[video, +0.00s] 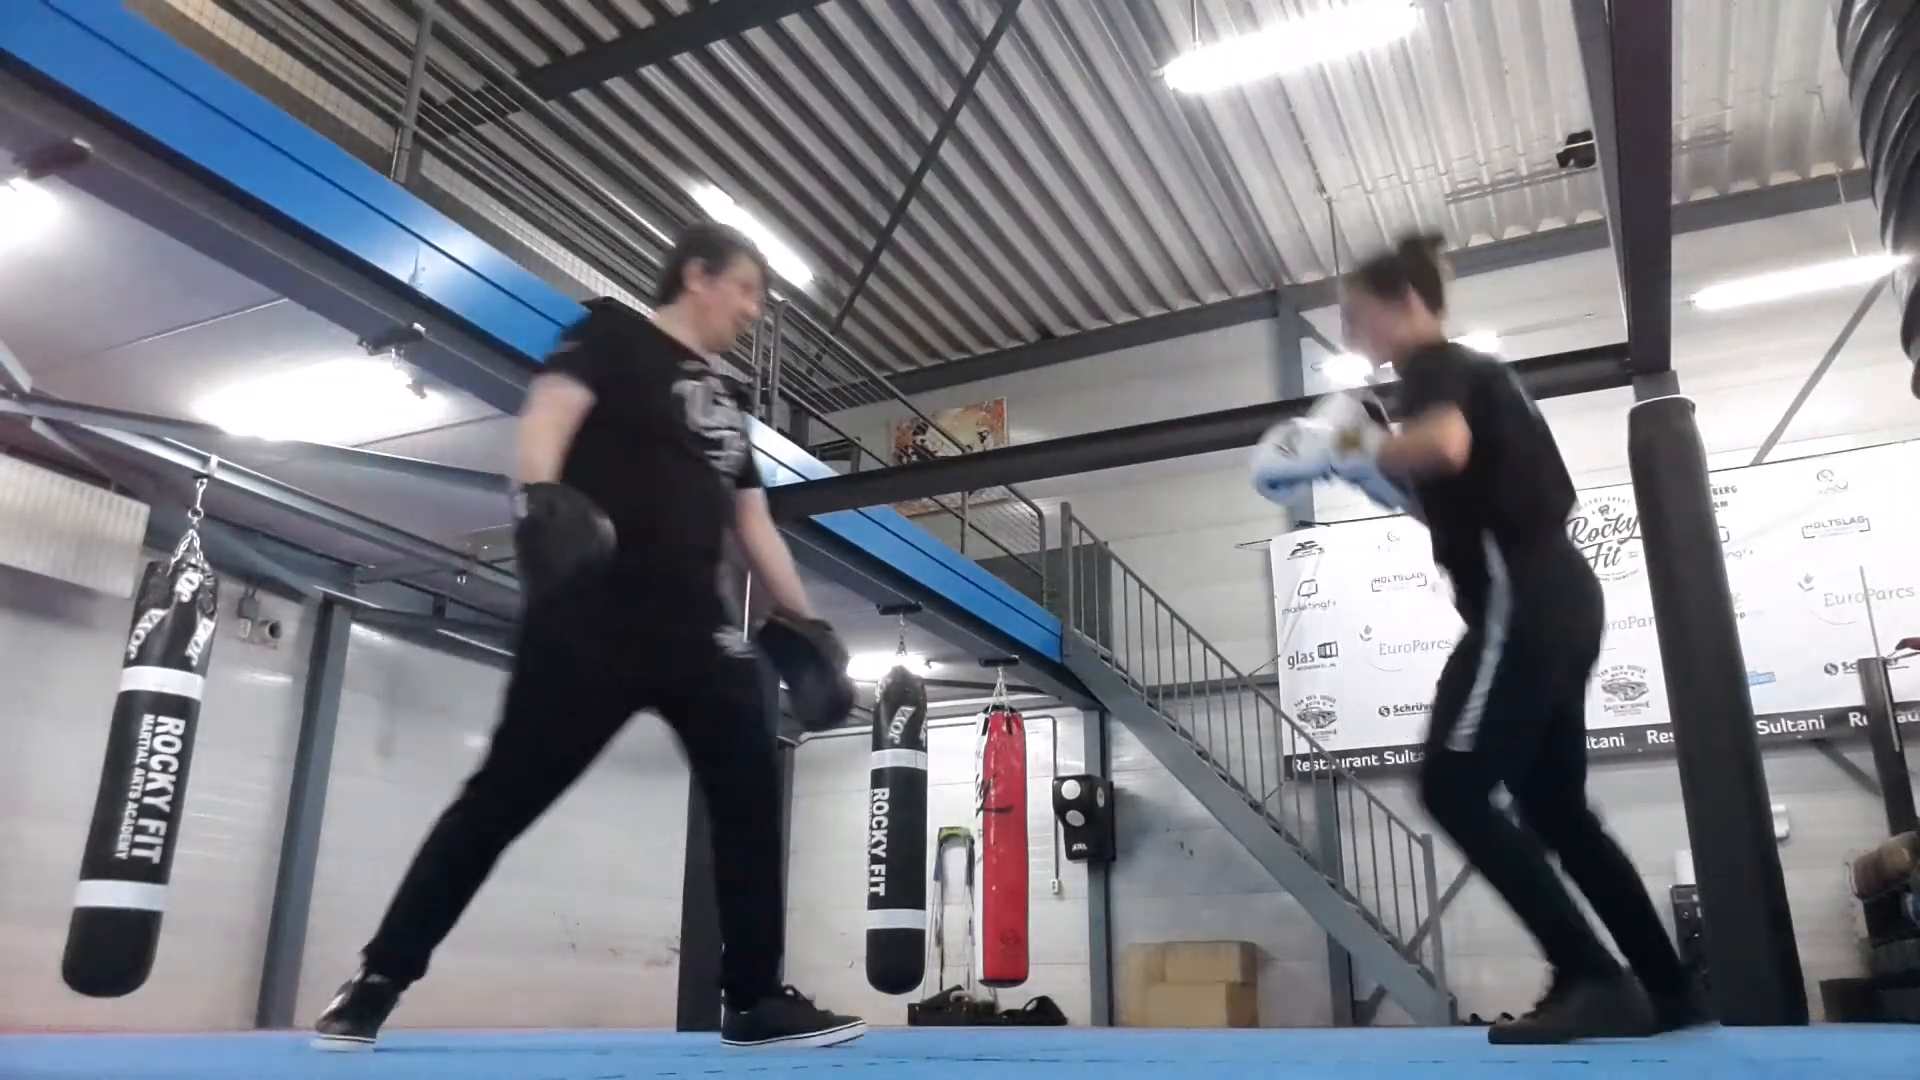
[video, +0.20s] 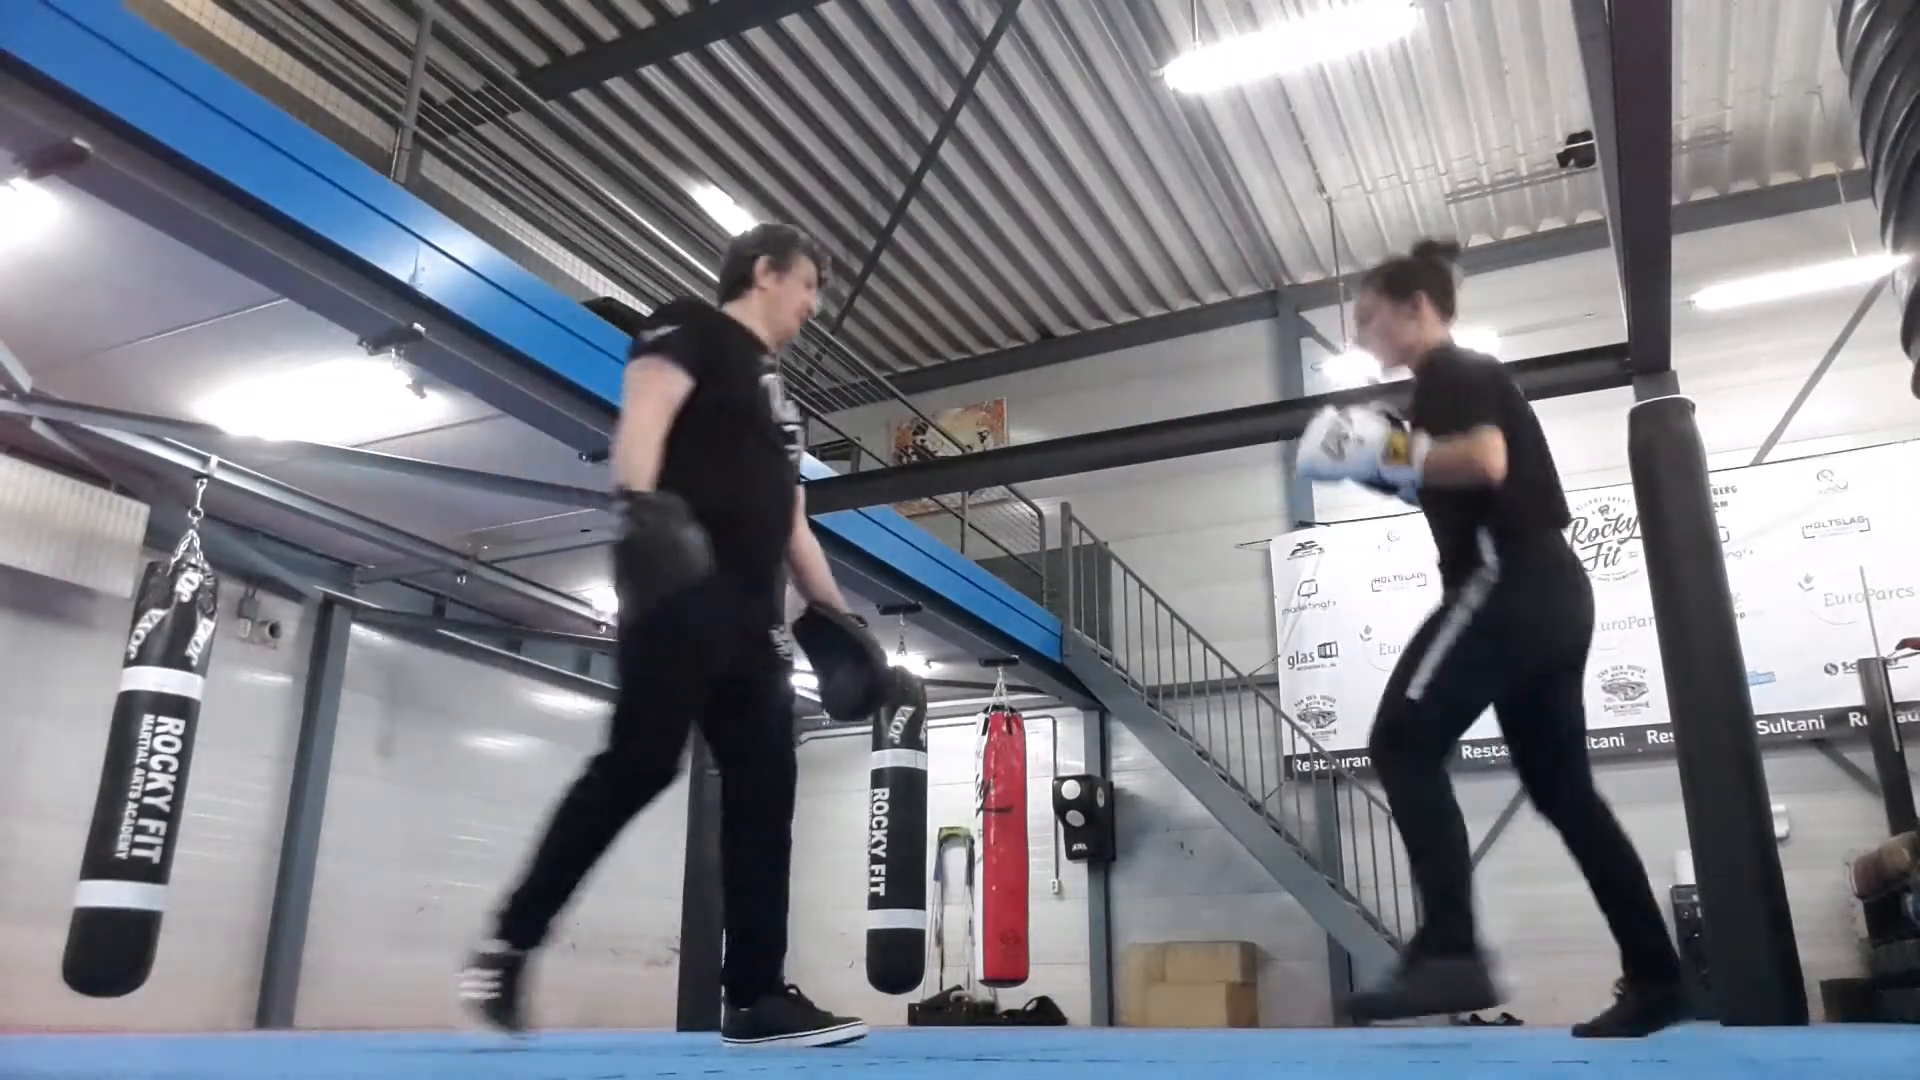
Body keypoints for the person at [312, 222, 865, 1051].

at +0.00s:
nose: (757, 309)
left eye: (762, 296)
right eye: (749, 288)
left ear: (717, 288)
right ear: (698, 277)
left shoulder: (722, 396)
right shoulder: (618, 331)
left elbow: (753, 518)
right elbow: (549, 411)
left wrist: (798, 618)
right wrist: (542, 500)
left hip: (695, 629)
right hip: (596, 614)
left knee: (748, 794)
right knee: (504, 796)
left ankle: (757, 999)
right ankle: (379, 982)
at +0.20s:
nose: (814, 303)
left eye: (817, 290)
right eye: (809, 284)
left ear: (774, 282)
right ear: (765, 274)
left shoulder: (767, 392)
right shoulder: (695, 328)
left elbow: (787, 521)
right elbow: (645, 409)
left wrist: (835, 618)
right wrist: (644, 509)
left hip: (746, 613)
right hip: (677, 588)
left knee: (762, 786)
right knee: (641, 762)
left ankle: (757, 996)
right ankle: (511, 944)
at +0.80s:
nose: (856, 266)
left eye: (854, 255)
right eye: (845, 250)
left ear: (806, 254)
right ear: (801, 247)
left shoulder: (810, 344)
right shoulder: (761, 305)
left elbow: (823, 486)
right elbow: (730, 398)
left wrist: (845, 601)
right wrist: (780, 489)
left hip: (796, 589)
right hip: (757, 582)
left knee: (781, 784)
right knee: (746, 778)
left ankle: (761, 987)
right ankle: (707, 991)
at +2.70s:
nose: (926, 289)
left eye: (923, 278)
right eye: (919, 278)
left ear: (846, 289)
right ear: (893, 275)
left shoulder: (814, 389)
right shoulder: (889, 317)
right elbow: (1048, 330)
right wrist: (1063, 318)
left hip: (848, 585)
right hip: (886, 576)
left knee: (855, 787)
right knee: (838, 770)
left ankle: (850, 998)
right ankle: (725, 967)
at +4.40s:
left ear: (1142, 309)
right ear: (1222, 289)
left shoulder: (1114, 386)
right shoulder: (1260, 329)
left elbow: (1110, 526)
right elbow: (1326, 433)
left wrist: (1132, 634)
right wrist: (1391, 544)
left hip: (1172, 614)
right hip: (1272, 590)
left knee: (1239, 790)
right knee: (1352, 755)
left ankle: (1284, 999)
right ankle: (1267, 902)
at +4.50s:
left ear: (1163, 305)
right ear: (1239, 285)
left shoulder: (1133, 376)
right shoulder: (1286, 328)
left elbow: (1125, 514)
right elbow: (1356, 430)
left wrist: (1143, 616)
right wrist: (1413, 538)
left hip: (1187, 603)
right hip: (1296, 585)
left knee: (1244, 791)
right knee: (1359, 762)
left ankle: (1280, 998)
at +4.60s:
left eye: (1181, 309)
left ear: (1183, 313)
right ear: (1260, 296)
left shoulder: (1160, 380)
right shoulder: (1317, 344)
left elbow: (1138, 513)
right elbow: (1382, 442)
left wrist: (1139, 616)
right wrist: (1431, 554)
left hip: (1211, 606)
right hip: (1318, 593)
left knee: (1254, 794)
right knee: (1372, 785)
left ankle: (1279, 995)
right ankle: (1441, 985)